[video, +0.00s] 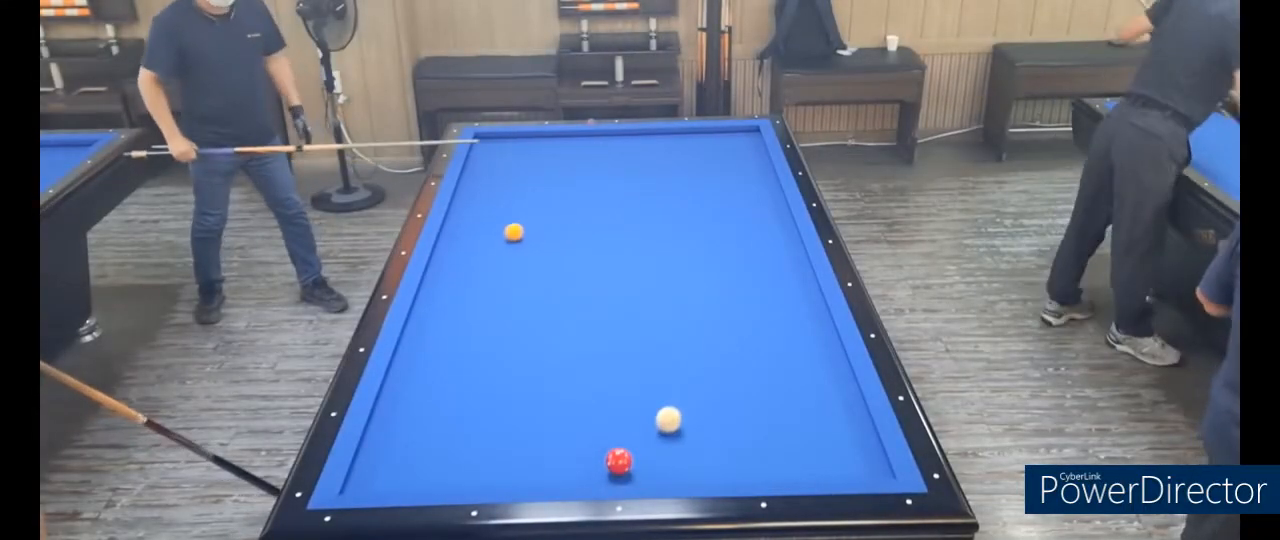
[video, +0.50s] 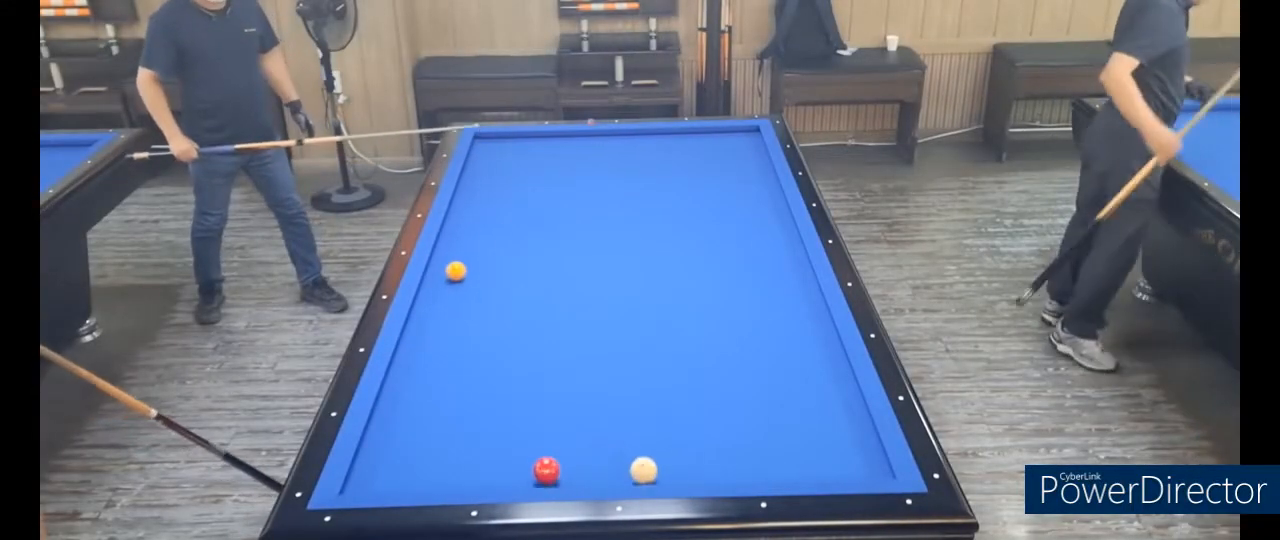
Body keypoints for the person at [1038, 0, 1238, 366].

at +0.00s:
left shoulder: (1179, 3)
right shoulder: (1236, 24)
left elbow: (1124, 34)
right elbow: (1236, 94)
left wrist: (1161, 29)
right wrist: (1224, 94)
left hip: (1120, 120)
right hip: (1158, 136)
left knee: (1088, 219)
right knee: (1137, 237)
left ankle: (1059, 301)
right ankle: (1130, 329)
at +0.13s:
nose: (1239, 8)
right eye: (1239, 7)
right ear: (1235, 0)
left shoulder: (1164, 2)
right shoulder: (1215, 12)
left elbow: (1131, 47)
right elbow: (1208, 80)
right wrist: (1229, 95)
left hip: (1115, 118)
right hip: (1150, 133)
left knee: (1090, 219)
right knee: (1135, 235)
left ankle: (1059, 300)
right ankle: (1129, 329)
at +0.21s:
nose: (1232, 3)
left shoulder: (1156, 4)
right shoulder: (1201, 10)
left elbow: (1149, 59)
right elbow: (1187, 76)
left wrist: (1197, 90)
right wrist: (1216, 92)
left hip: (1113, 116)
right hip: (1146, 129)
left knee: (1091, 219)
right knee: (1138, 231)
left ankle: (1059, 301)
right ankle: (1129, 328)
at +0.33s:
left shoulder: (1147, 4)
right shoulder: (1179, 9)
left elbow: (1145, 58)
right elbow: (1149, 71)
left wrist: (1201, 69)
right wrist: (1200, 100)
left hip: (1112, 117)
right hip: (1140, 128)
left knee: (1089, 216)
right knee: (1140, 232)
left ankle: (1059, 302)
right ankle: (1103, 326)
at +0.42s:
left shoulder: (1151, 5)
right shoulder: (1170, 9)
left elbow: (1137, 59)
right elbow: (1133, 72)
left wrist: (1190, 73)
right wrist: (1186, 113)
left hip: (1115, 124)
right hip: (1138, 133)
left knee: (1092, 216)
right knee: (1135, 233)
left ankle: (1058, 302)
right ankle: (1088, 325)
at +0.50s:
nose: (1205, 0)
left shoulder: (1158, 8)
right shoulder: (1163, 12)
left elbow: (1137, 66)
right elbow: (1114, 74)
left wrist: (1179, 83)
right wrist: (1154, 131)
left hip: (1114, 132)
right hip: (1132, 143)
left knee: (1090, 220)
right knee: (1119, 239)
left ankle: (1060, 299)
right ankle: (1076, 331)